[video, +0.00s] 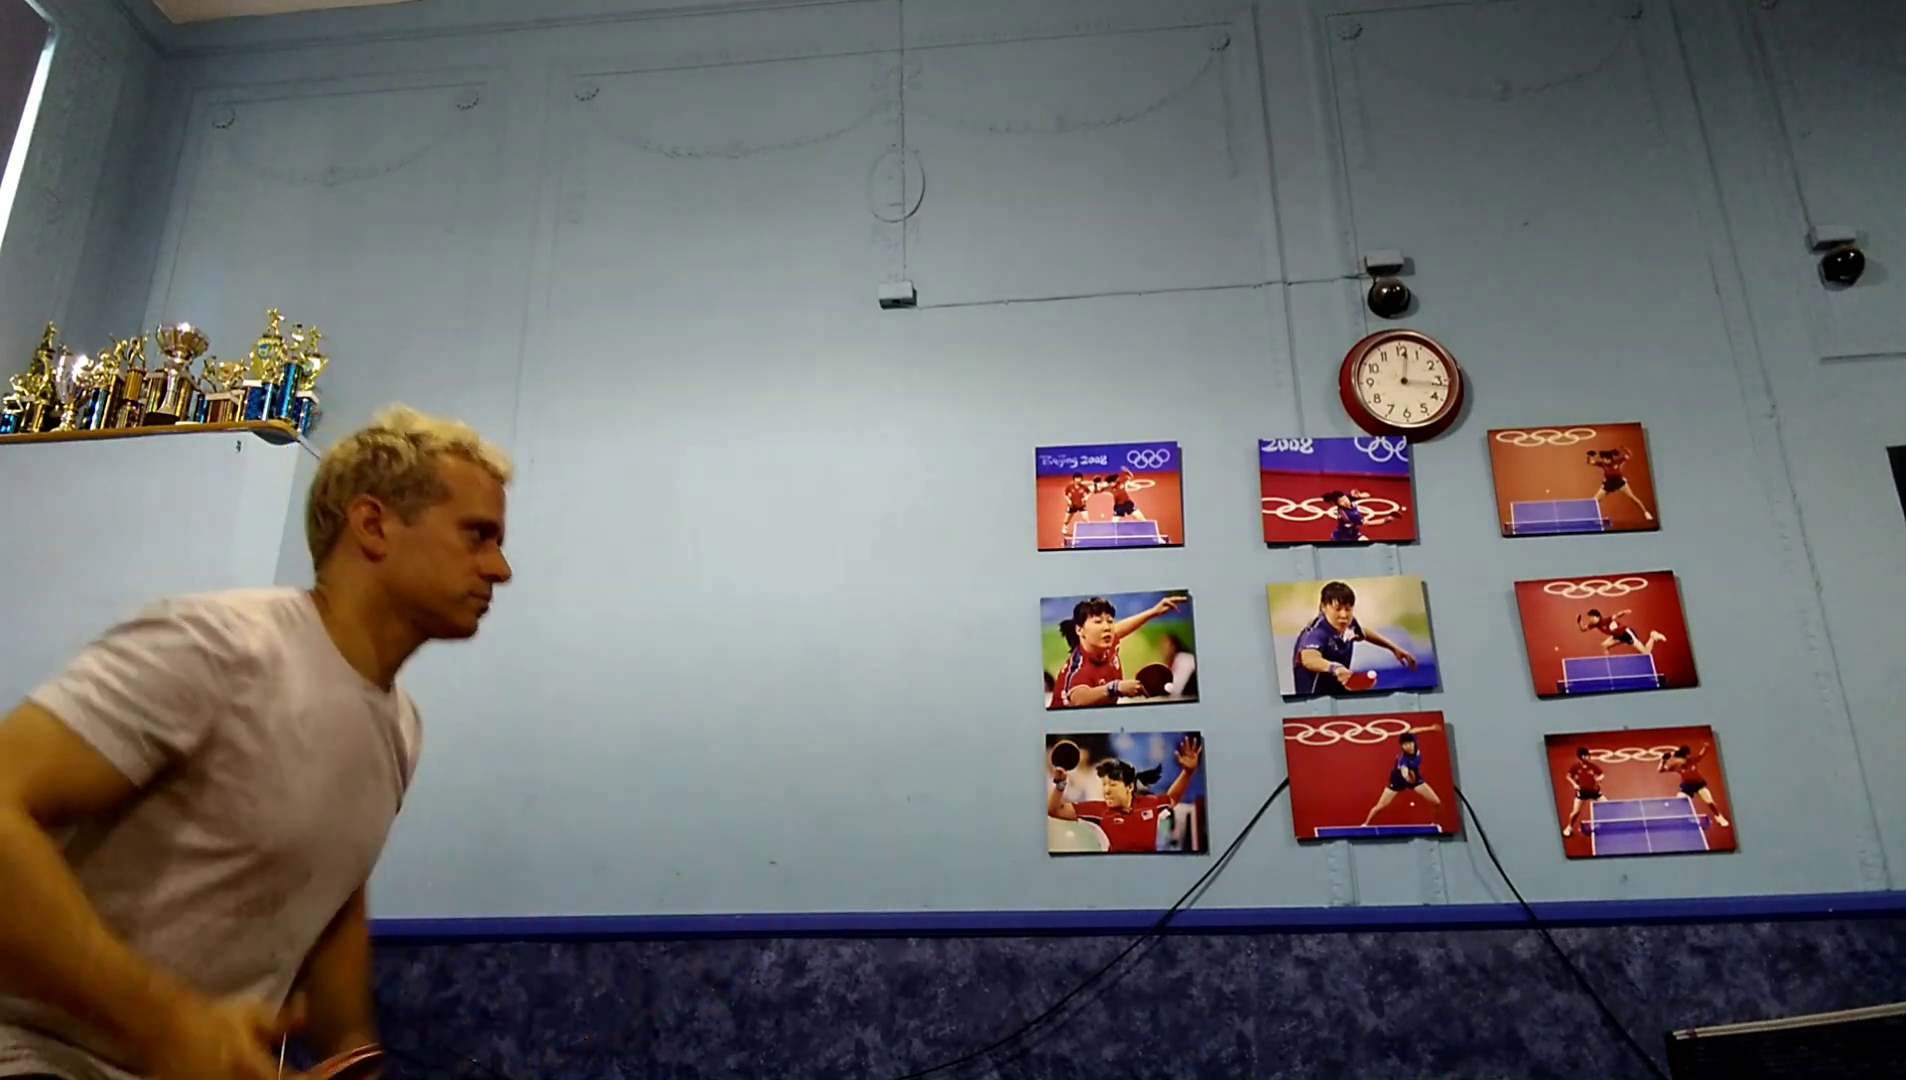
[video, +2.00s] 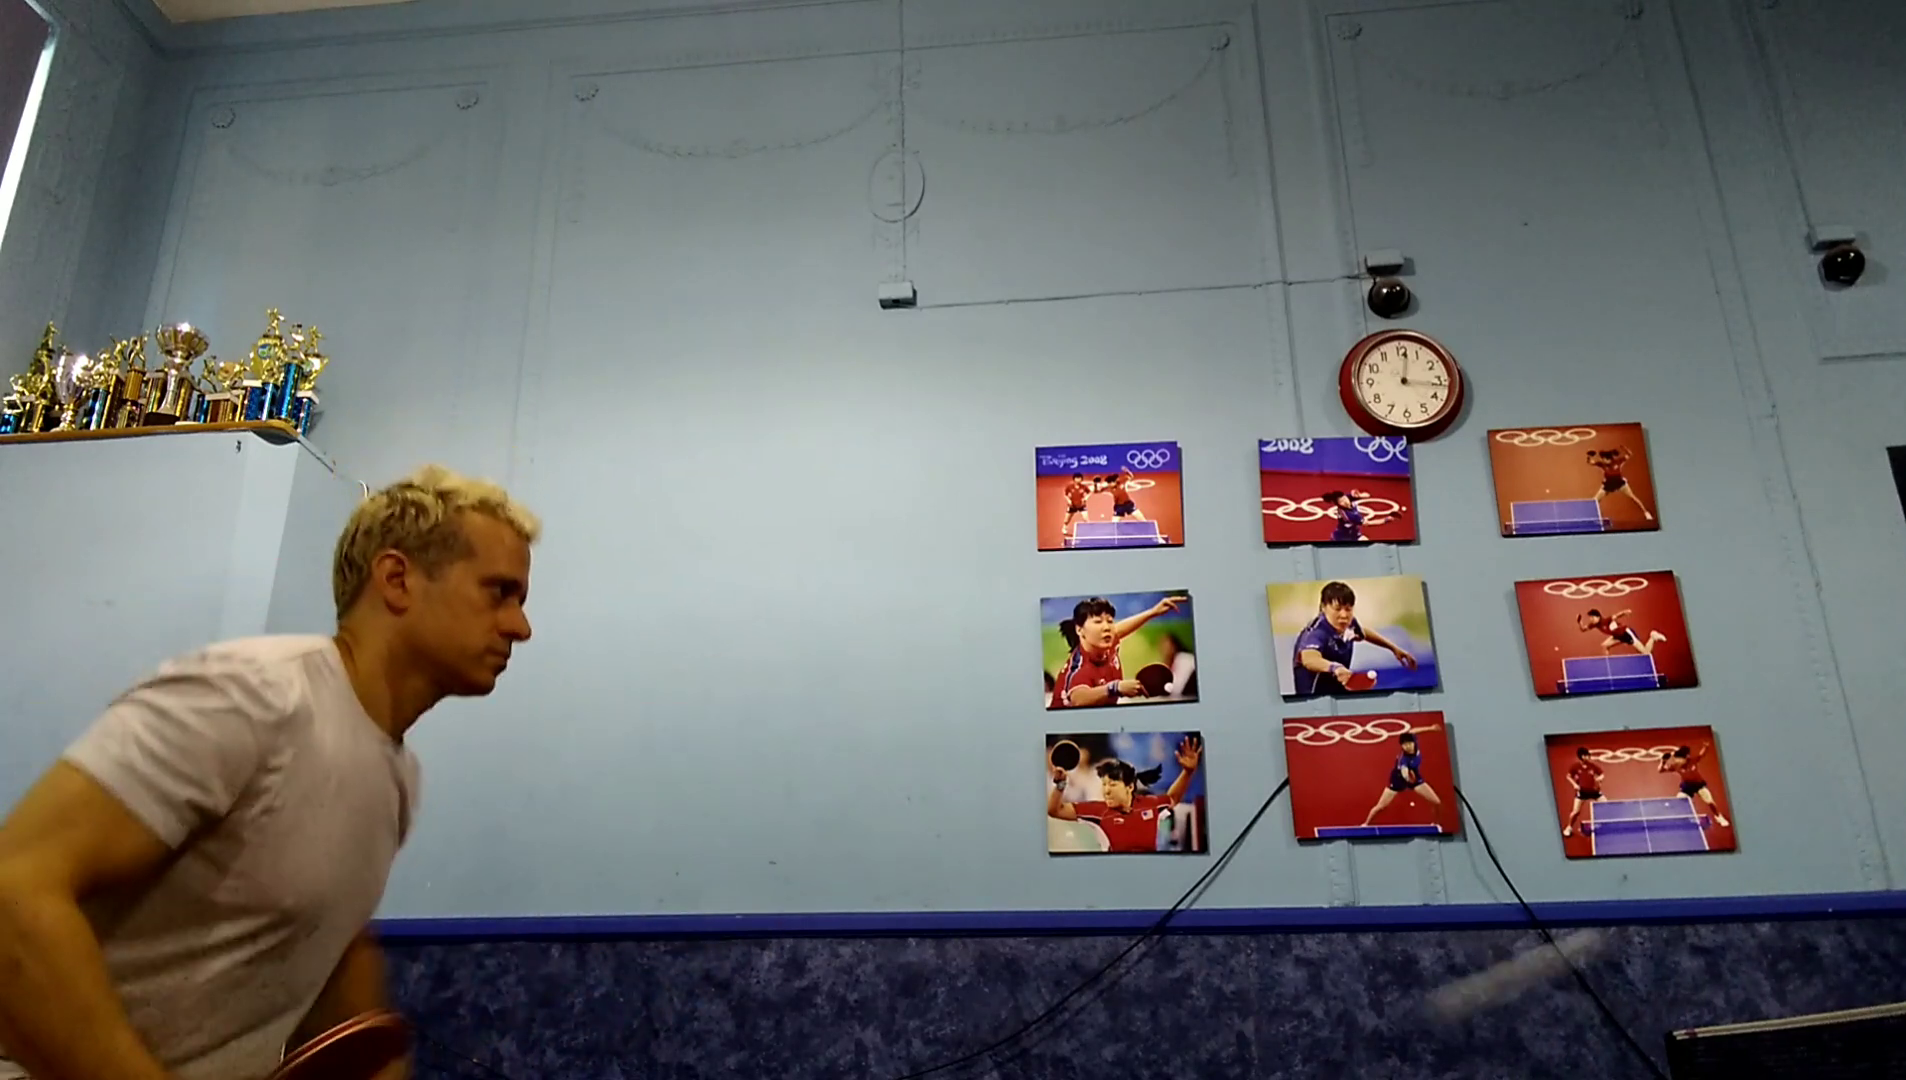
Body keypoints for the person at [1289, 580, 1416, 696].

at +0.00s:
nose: (1344, 615)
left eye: (1348, 609)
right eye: (1338, 609)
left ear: (1353, 609)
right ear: (1324, 608)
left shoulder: (1349, 624)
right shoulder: (1315, 633)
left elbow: (1364, 634)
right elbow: (1309, 660)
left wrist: (1395, 649)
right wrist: (1335, 668)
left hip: (1341, 705)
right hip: (1314, 708)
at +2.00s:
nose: (1344, 615)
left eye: (1348, 609)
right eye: (1338, 609)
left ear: (1353, 609)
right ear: (1324, 608)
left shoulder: (1349, 624)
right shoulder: (1316, 632)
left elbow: (1364, 634)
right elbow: (1309, 660)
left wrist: (1395, 649)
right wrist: (1335, 668)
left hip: (1341, 703)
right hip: (1314, 708)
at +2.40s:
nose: (1344, 615)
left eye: (1348, 609)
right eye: (1338, 609)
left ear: (1353, 609)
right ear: (1324, 608)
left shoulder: (1349, 624)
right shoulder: (1316, 633)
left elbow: (1364, 633)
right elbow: (1309, 660)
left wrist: (1394, 649)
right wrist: (1335, 668)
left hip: (1341, 703)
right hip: (1314, 707)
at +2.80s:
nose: (1344, 615)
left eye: (1348, 609)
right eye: (1338, 609)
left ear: (1353, 609)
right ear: (1324, 608)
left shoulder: (1349, 624)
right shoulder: (1315, 632)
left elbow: (1364, 634)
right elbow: (1309, 660)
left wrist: (1395, 649)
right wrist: (1335, 668)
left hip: (1340, 703)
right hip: (1313, 707)